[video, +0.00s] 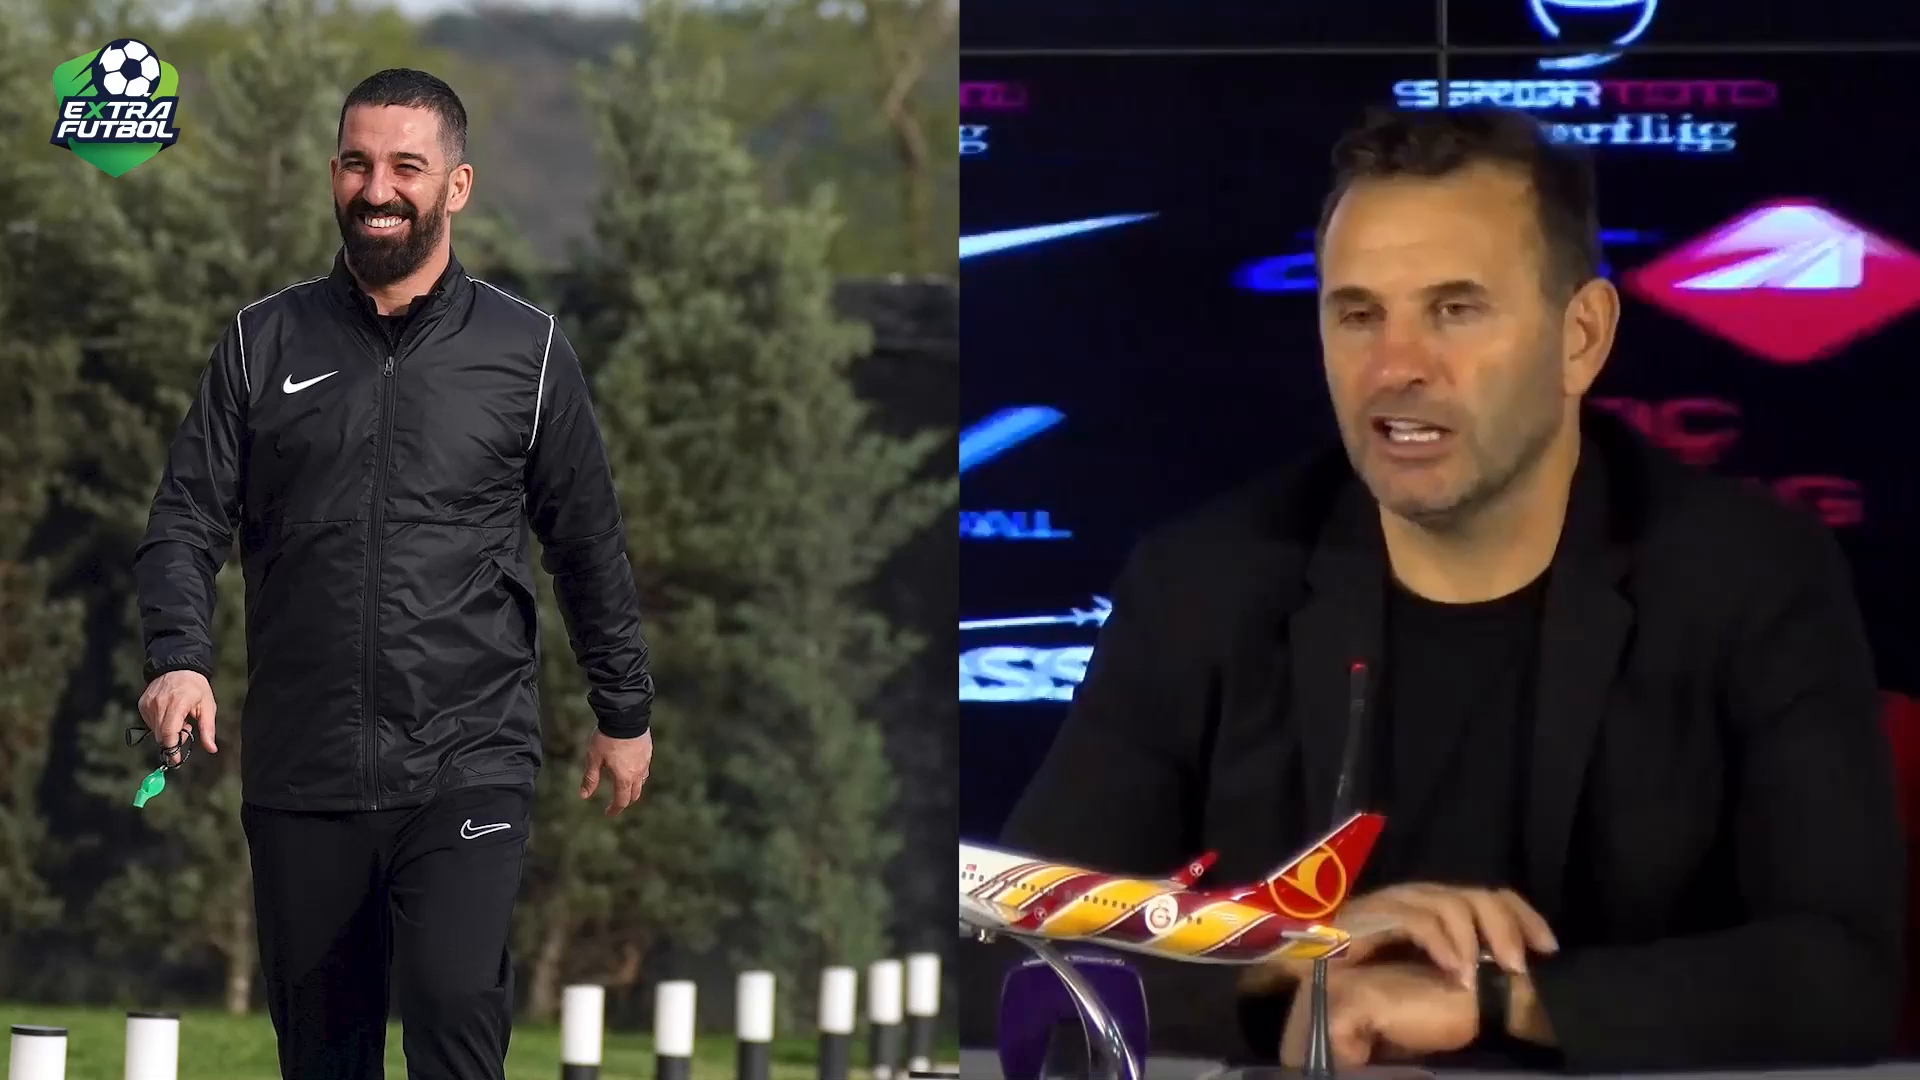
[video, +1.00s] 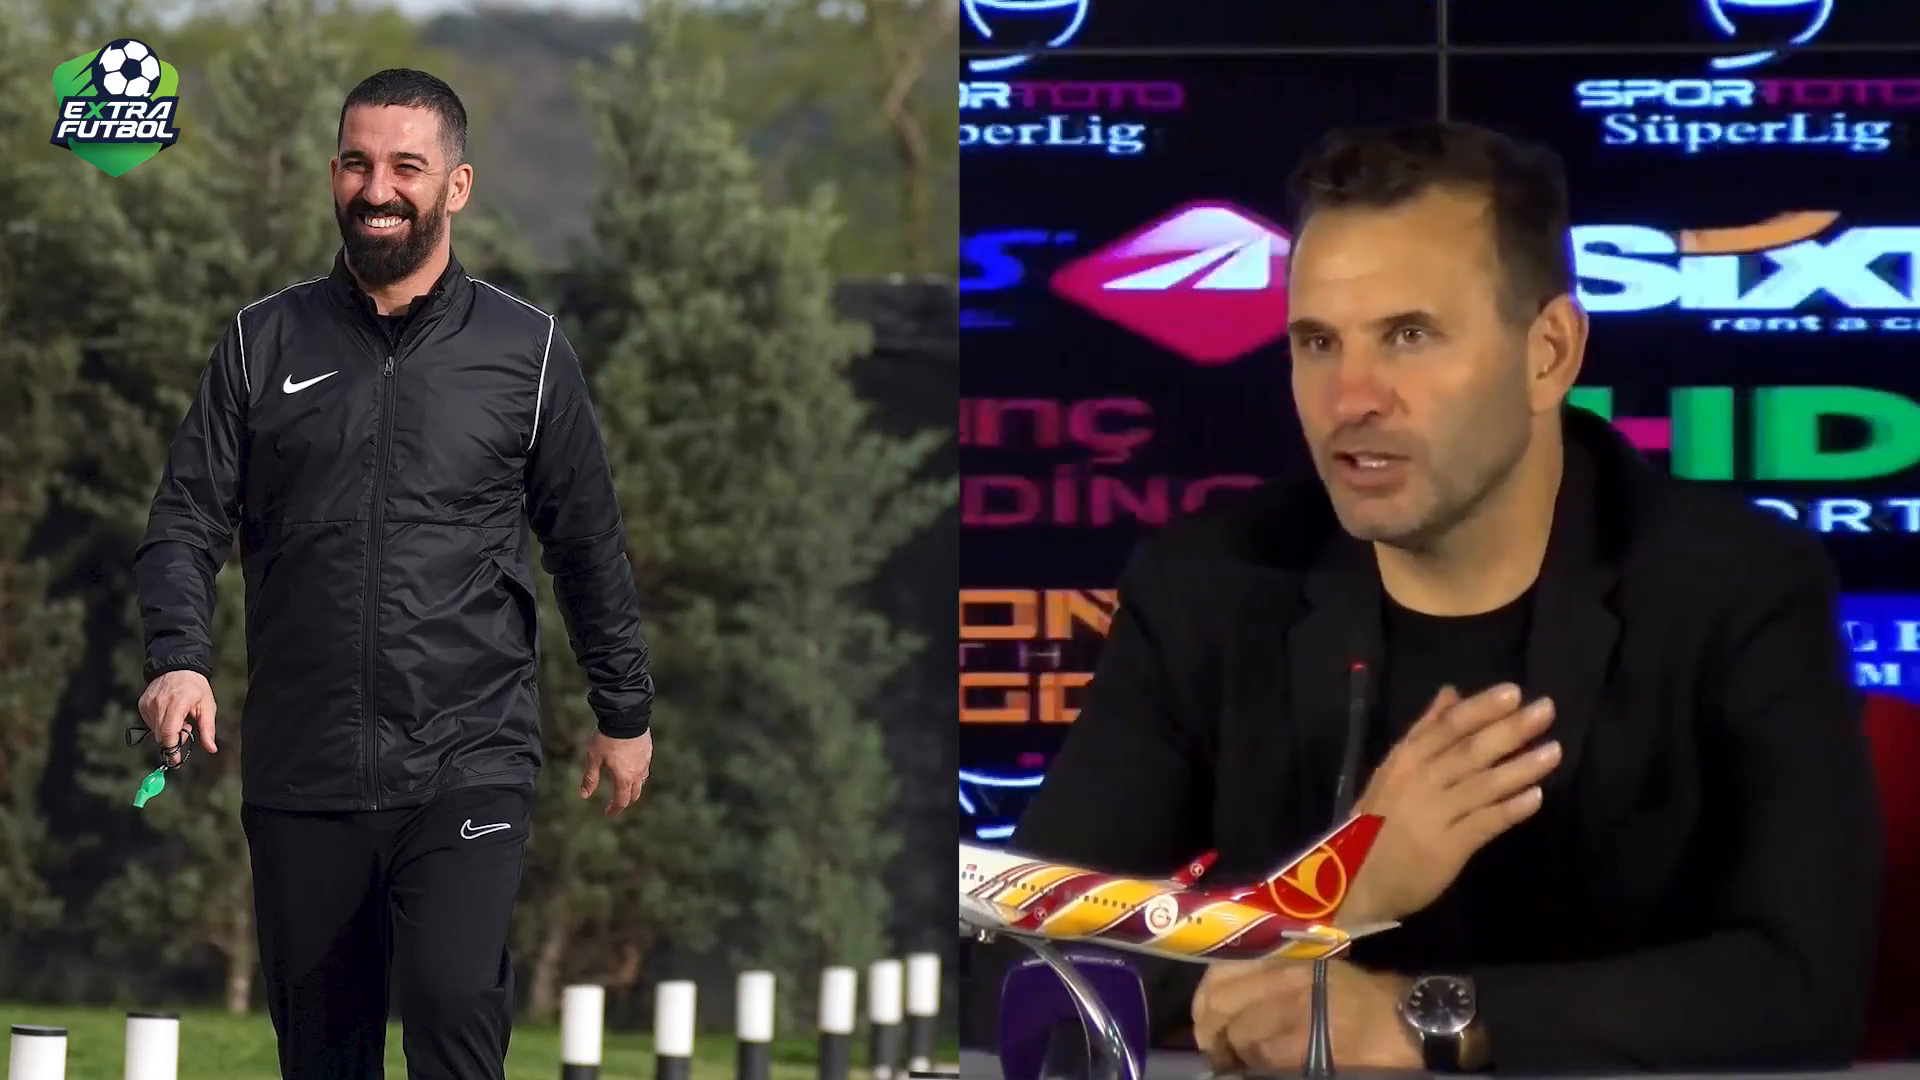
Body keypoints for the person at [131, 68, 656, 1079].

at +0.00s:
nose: (376, 187)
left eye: (405, 164)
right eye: (356, 162)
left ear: (458, 186)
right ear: (334, 177)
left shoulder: (529, 350)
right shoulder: (259, 344)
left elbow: (589, 542)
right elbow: (187, 515)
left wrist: (623, 709)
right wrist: (177, 659)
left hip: (472, 752)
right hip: (303, 755)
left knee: (454, 1017)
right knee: (320, 1041)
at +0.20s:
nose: (376, 187)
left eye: (405, 164)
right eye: (356, 162)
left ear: (458, 186)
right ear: (334, 177)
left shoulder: (529, 350)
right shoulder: (259, 344)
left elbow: (589, 542)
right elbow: (187, 515)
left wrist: (623, 709)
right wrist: (177, 659)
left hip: (472, 752)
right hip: (303, 755)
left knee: (454, 1017)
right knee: (320, 1040)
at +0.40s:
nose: (376, 187)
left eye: (405, 164)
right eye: (356, 162)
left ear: (458, 186)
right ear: (334, 177)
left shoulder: (529, 350)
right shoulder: (259, 344)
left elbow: (589, 542)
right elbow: (187, 515)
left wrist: (623, 709)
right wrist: (177, 659)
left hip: (472, 752)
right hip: (303, 755)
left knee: (454, 1017)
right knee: (320, 1040)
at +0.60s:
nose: (376, 187)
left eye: (405, 164)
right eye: (356, 162)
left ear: (458, 186)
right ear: (334, 177)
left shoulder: (529, 350)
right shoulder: (259, 344)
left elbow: (589, 542)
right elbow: (187, 515)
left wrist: (623, 709)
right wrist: (177, 659)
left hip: (472, 752)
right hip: (303, 755)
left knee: (454, 1017)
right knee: (320, 1041)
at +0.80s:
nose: (376, 187)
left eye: (405, 164)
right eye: (356, 162)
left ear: (458, 186)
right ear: (334, 177)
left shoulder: (529, 350)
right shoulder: (259, 344)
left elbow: (589, 542)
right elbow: (186, 515)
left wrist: (623, 709)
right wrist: (177, 659)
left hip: (472, 752)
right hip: (303, 755)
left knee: (454, 1017)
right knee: (320, 1041)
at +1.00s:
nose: (376, 187)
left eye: (405, 164)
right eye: (356, 162)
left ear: (458, 186)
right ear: (334, 176)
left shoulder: (529, 350)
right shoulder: (259, 344)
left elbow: (589, 542)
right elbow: (186, 515)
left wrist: (623, 709)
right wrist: (177, 659)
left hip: (471, 752)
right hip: (302, 755)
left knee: (454, 1017)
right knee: (320, 1040)